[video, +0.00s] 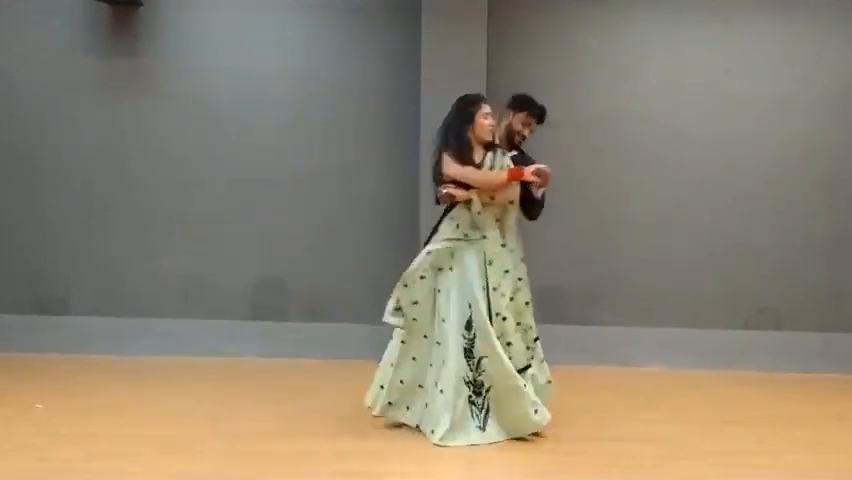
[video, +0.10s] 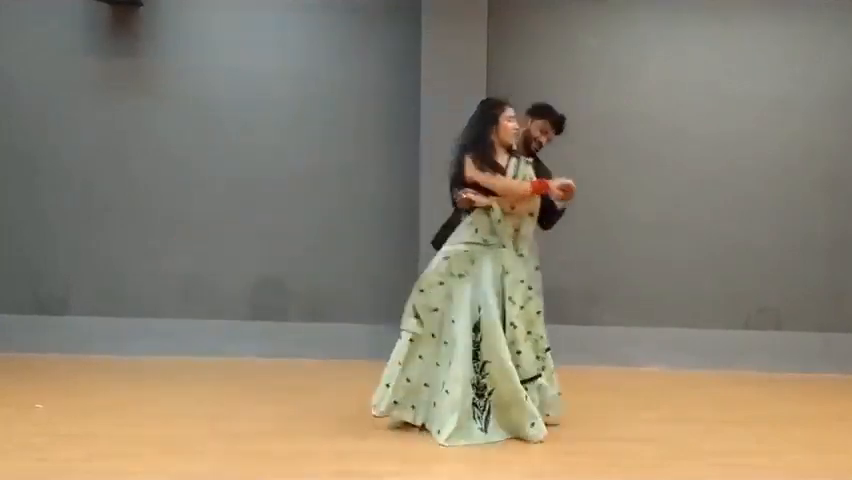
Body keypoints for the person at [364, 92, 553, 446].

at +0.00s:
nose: (493, 122)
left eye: (493, 117)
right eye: (486, 117)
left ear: (491, 125)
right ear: (467, 123)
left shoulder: (504, 161)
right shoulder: (448, 159)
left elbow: (509, 195)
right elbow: (469, 176)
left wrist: (467, 193)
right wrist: (517, 175)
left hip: (495, 250)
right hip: (458, 249)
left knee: (494, 329)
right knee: (458, 329)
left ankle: (492, 411)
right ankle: (454, 410)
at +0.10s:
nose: (517, 125)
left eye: (515, 120)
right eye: (510, 120)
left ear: (507, 128)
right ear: (491, 125)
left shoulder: (526, 168)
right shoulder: (472, 160)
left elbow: (527, 205)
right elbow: (491, 185)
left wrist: (487, 200)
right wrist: (544, 186)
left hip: (509, 256)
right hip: (469, 253)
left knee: (504, 332)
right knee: (463, 330)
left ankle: (502, 412)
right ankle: (457, 411)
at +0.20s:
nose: (541, 137)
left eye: (541, 131)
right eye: (535, 130)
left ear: (537, 137)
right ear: (515, 134)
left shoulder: (544, 180)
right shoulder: (494, 166)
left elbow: (543, 220)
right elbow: (518, 203)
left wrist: (502, 202)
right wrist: (551, 210)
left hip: (515, 263)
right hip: (477, 257)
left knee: (512, 336)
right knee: (468, 334)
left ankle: (506, 413)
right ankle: (460, 414)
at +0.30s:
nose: (565, 163)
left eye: (572, 163)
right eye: (564, 153)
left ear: (573, 169)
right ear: (545, 144)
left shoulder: (553, 192)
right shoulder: (510, 160)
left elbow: (545, 239)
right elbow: (475, 184)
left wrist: (573, 249)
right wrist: (482, 206)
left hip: (512, 261)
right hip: (470, 247)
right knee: (432, 316)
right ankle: (393, 385)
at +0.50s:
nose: (575, 179)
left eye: (579, 175)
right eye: (571, 171)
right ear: (555, 166)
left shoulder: (557, 211)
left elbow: (545, 257)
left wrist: (550, 275)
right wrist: (549, 273)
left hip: (521, 275)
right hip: (488, 266)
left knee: (525, 341)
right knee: (495, 337)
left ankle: (515, 409)